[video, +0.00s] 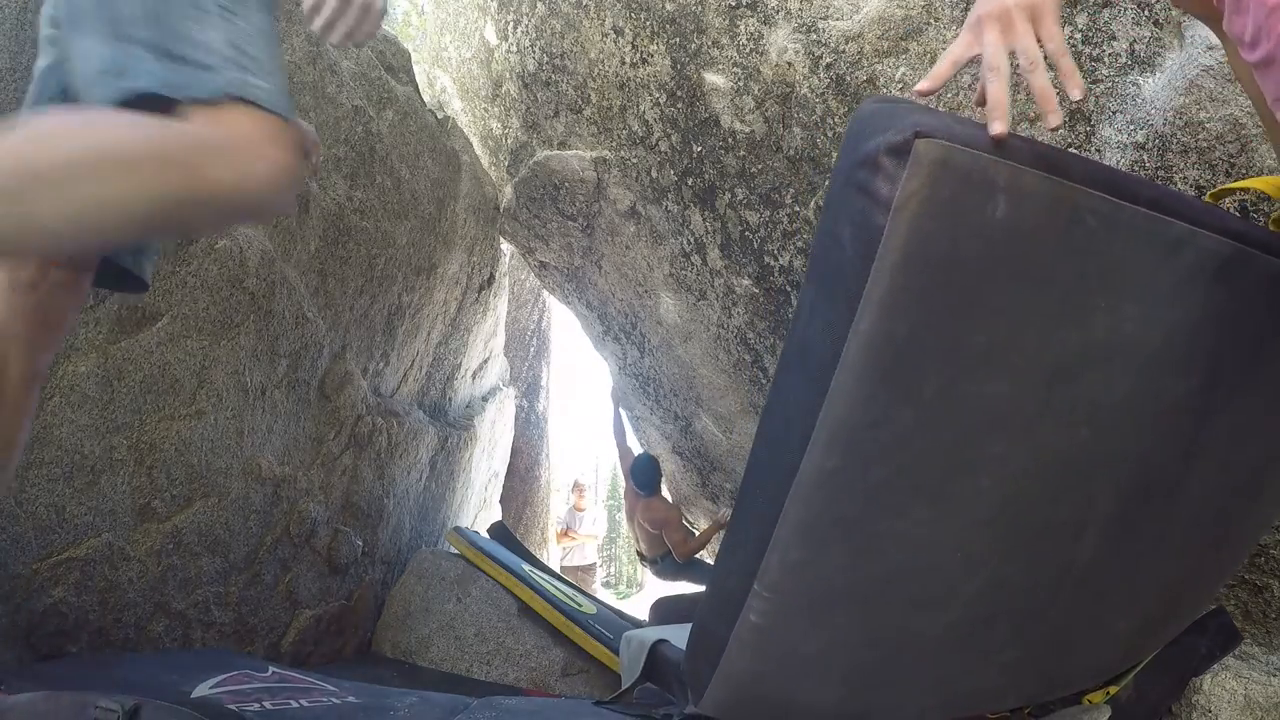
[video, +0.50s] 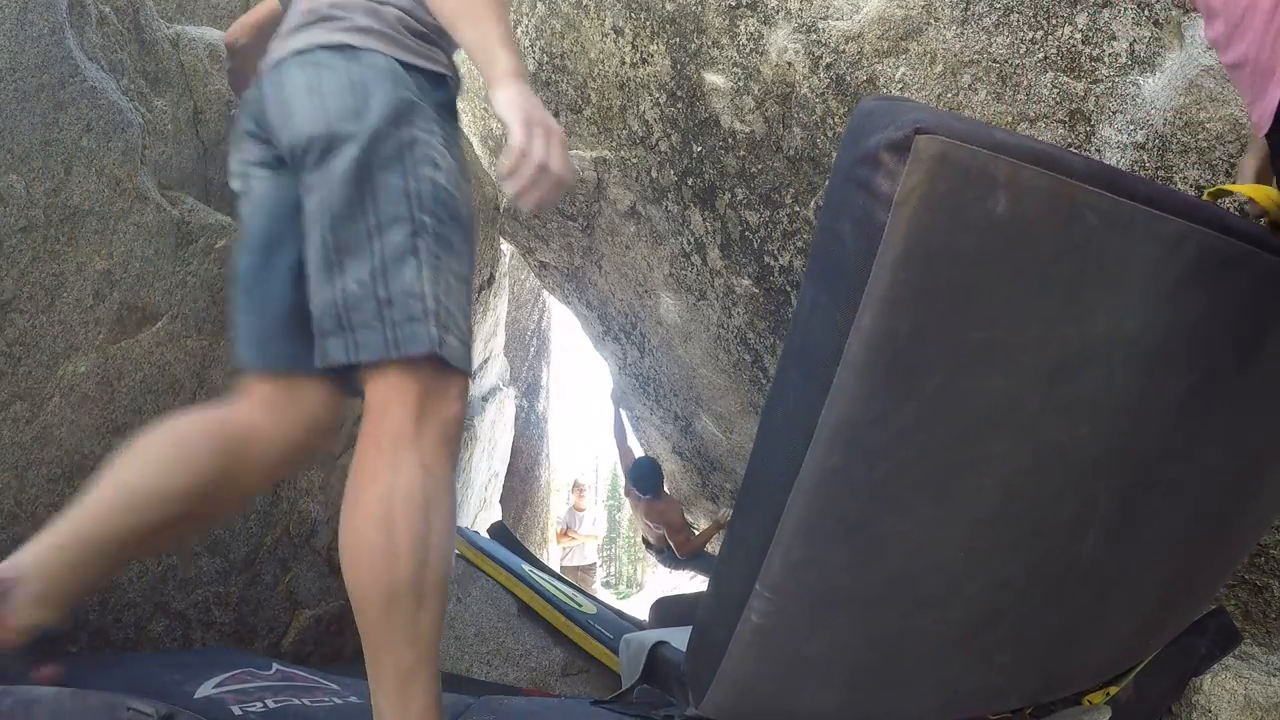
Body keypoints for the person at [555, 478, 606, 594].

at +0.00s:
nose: (581, 493)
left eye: (584, 490)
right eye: (578, 489)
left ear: (590, 492)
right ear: (572, 492)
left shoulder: (599, 514)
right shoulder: (565, 513)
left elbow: (597, 538)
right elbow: (560, 541)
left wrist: (573, 533)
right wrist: (585, 538)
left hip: (589, 565)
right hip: (567, 566)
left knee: (589, 605)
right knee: (568, 605)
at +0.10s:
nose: (581, 492)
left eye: (584, 489)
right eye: (578, 489)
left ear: (589, 492)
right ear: (572, 492)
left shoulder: (599, 513)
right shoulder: (565, 514)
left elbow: (598, 538)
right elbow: (560, 541)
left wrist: (572, 533)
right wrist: (586, 538)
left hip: (589, 565)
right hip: (567, 566)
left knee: (590, 605)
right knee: (568, 605)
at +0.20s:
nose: (581, 492)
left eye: (584, 489)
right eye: (578, 489)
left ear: (589, 492)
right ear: (572, 492)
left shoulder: (598, 513)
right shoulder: (565, 513)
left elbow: (598, 538)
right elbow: (560, 541)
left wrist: (573, 533)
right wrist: (586, 538)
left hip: (589, 565)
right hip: (567, 566)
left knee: (590, 605)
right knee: (568, 605)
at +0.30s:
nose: (581, 493)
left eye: (584, 489)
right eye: (578, 489)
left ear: (589, 492)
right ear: (572, 492)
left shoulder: (597, 513)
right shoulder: (565, 513)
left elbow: (598, 538)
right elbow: (560, 540)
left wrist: (572, 533)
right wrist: (586, 537)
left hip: (589, 565)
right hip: (567, 566)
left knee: (590, 605)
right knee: (568, 606)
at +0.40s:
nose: (581, 493)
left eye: (584, 489)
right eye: (578, 489)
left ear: (589, 492)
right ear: (572, 492)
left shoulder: (597, 513)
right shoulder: (565, 513)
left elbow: (598, 538)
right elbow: (560, 540)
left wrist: (572, 533)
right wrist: (586, 537)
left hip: (589, 565)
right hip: (567, 566)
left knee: (590, 605)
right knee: (568, 605)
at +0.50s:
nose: (581, 493)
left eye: (584, 489)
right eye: (578, 489)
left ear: (590, 492)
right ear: (572, 492)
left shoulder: (597, 513)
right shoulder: (565, 513)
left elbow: (598, 539)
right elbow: (560, 540)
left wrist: (572, 533)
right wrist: (586, 538)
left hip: (589, 565)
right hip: (568, 566)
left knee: (589, 604)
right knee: (568, 604)